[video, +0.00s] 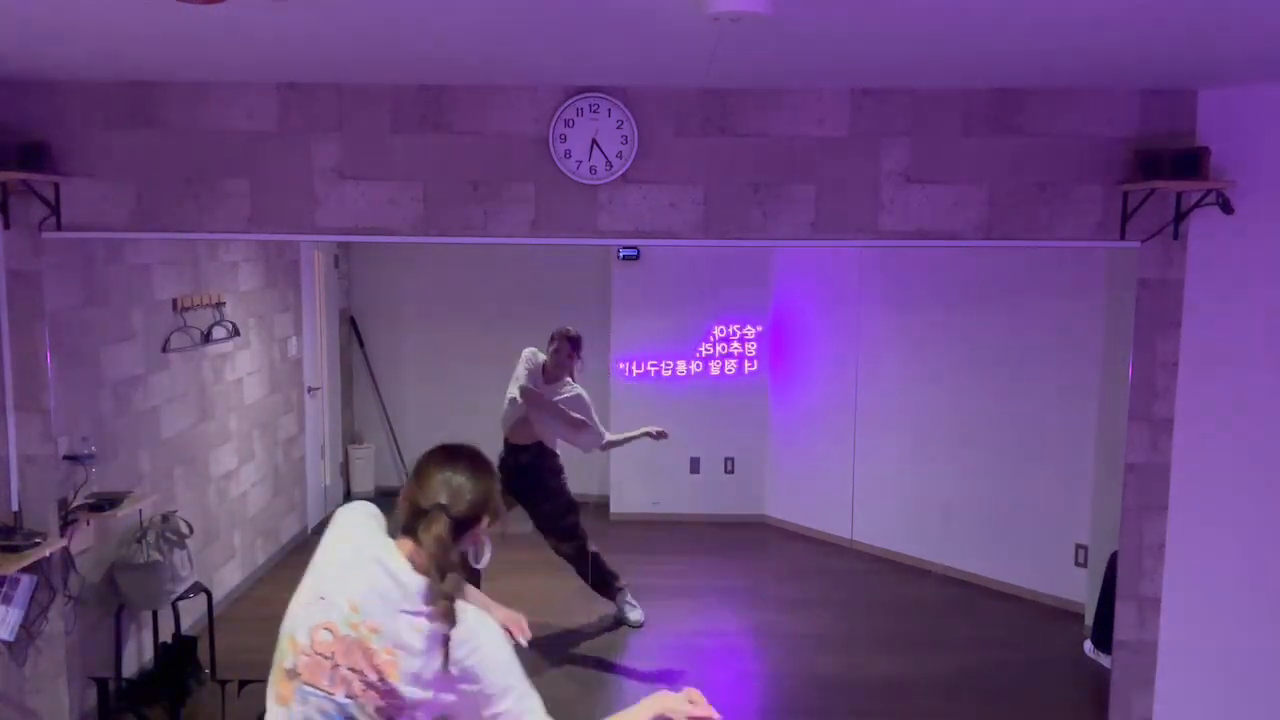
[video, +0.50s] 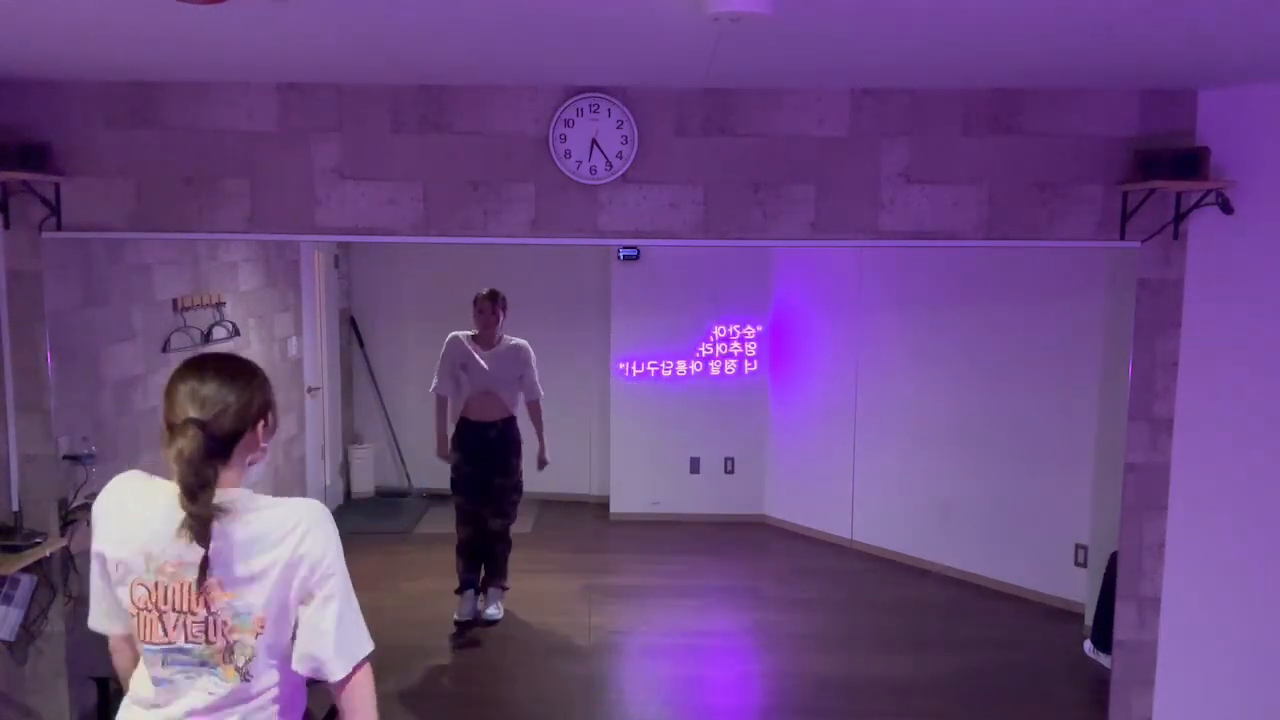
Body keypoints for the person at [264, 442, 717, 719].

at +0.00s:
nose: (495, 536)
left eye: (497, 524)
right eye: (497, 525)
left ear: (406, 500)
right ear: (478, 535)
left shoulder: (349, 523)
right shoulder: (471, 636)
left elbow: (412, 561)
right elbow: (529, 711)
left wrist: (485, 605)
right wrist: (645, 712)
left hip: (290, 705)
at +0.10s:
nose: (429, 513)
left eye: (430, 501)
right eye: (430, 502)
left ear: (345, 482)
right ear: (418, 514)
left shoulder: (288, 509)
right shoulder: (407, 619)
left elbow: (358, 537)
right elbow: (479, 718)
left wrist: (430, 581)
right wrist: (599, 688)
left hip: (229, 709)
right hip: (330, 713)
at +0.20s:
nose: (372, 482)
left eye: (368, 469)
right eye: (374, 471)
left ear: (292, 463)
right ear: (365, 489)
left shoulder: (233, 499)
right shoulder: (364, 594)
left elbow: (278, 488)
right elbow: (430, 715)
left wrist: (342, 496)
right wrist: (554, 687)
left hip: (191, 706)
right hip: (306, 709)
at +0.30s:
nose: (327, 464)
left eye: (326, 450)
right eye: (330, 453)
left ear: (238, 445)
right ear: (318, 467)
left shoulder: (186, 493)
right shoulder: (327, 559)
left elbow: (232, 465)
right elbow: (400, 698)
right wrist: (508, 701)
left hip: (167, 706)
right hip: (283, 711)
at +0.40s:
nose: (294, 444)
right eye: (294, 433)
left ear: (199, 431)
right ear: (282, 446)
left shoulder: (154, 485)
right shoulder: (307, 523)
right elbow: (372, 672)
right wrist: (425, 716)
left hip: (153, 711)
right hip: (269, 712)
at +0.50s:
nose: (272, 429)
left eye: (270, 415)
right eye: (271, 417)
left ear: (170, 423)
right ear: (260, 432)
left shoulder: (120, 502)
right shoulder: (304, 526)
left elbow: (123, 653)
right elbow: (348, 675)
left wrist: (154, 704)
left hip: (147, 710)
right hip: (264, 711)